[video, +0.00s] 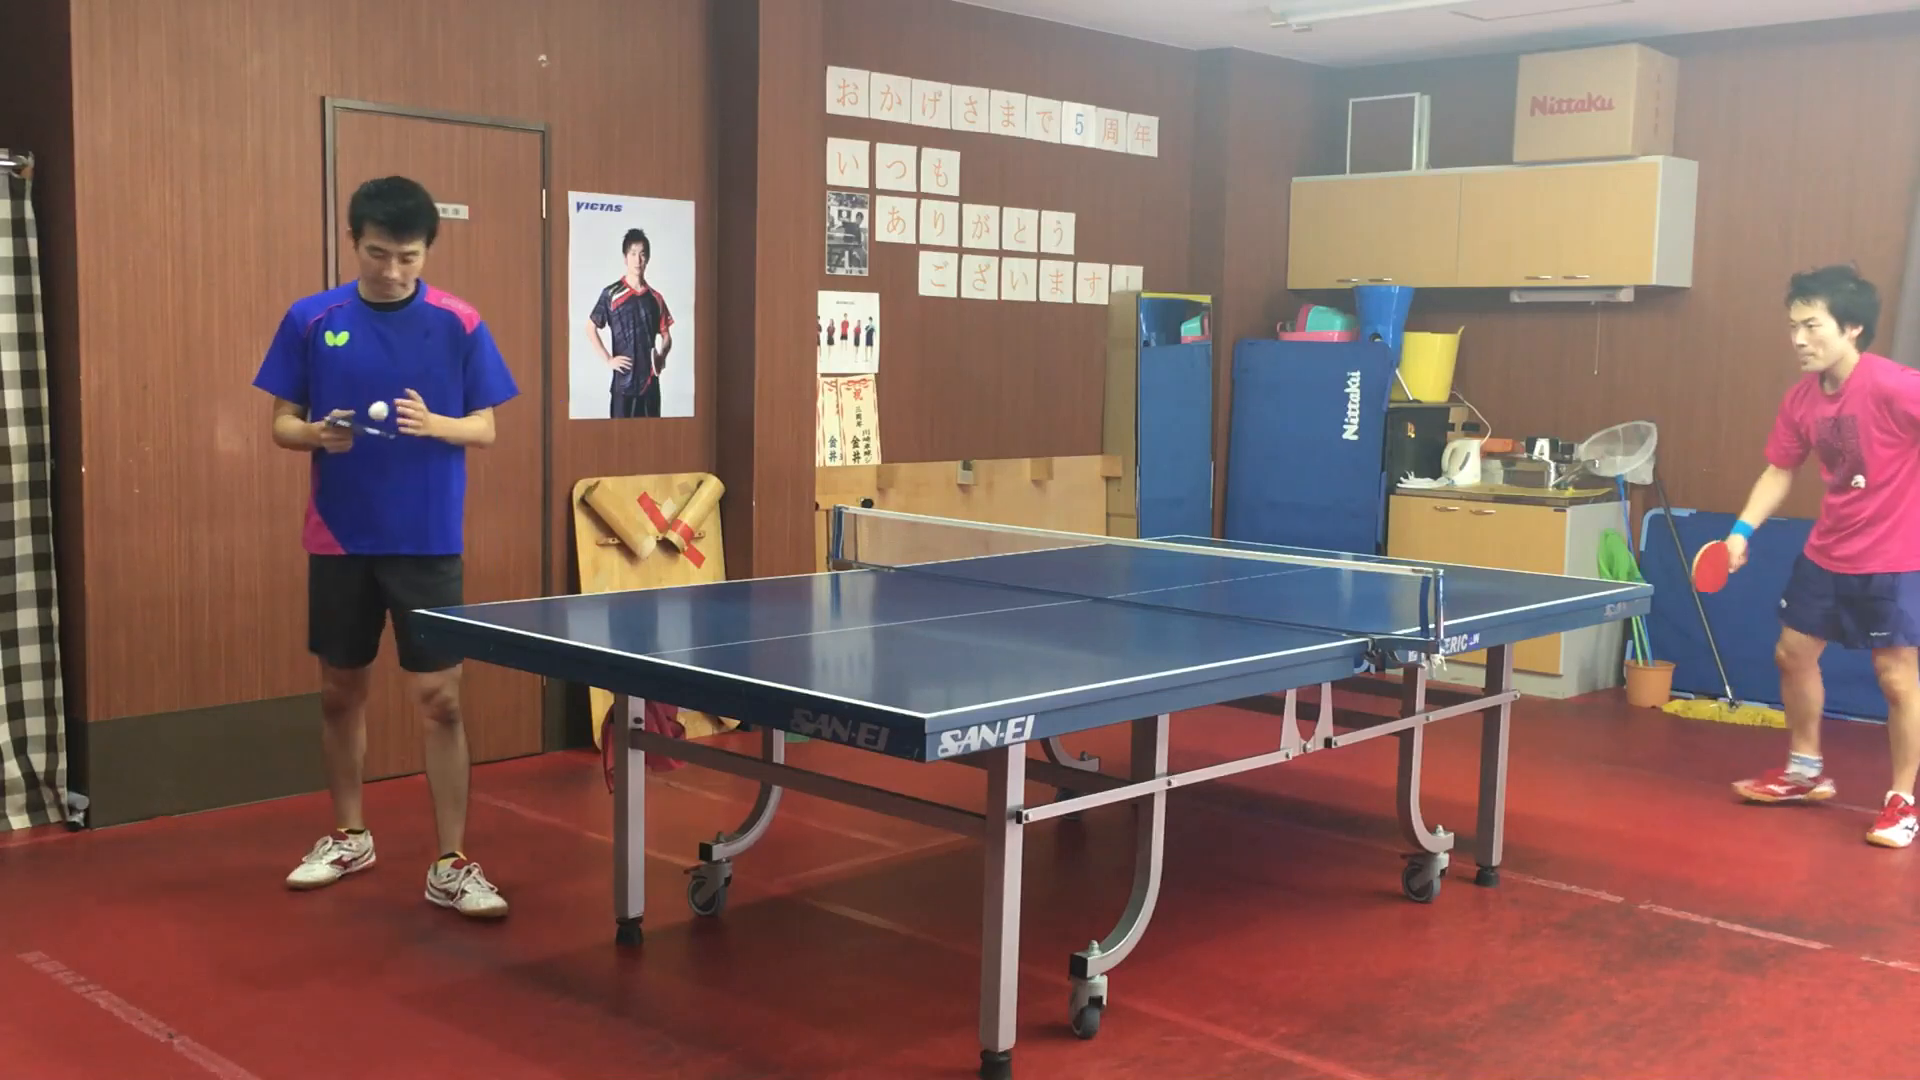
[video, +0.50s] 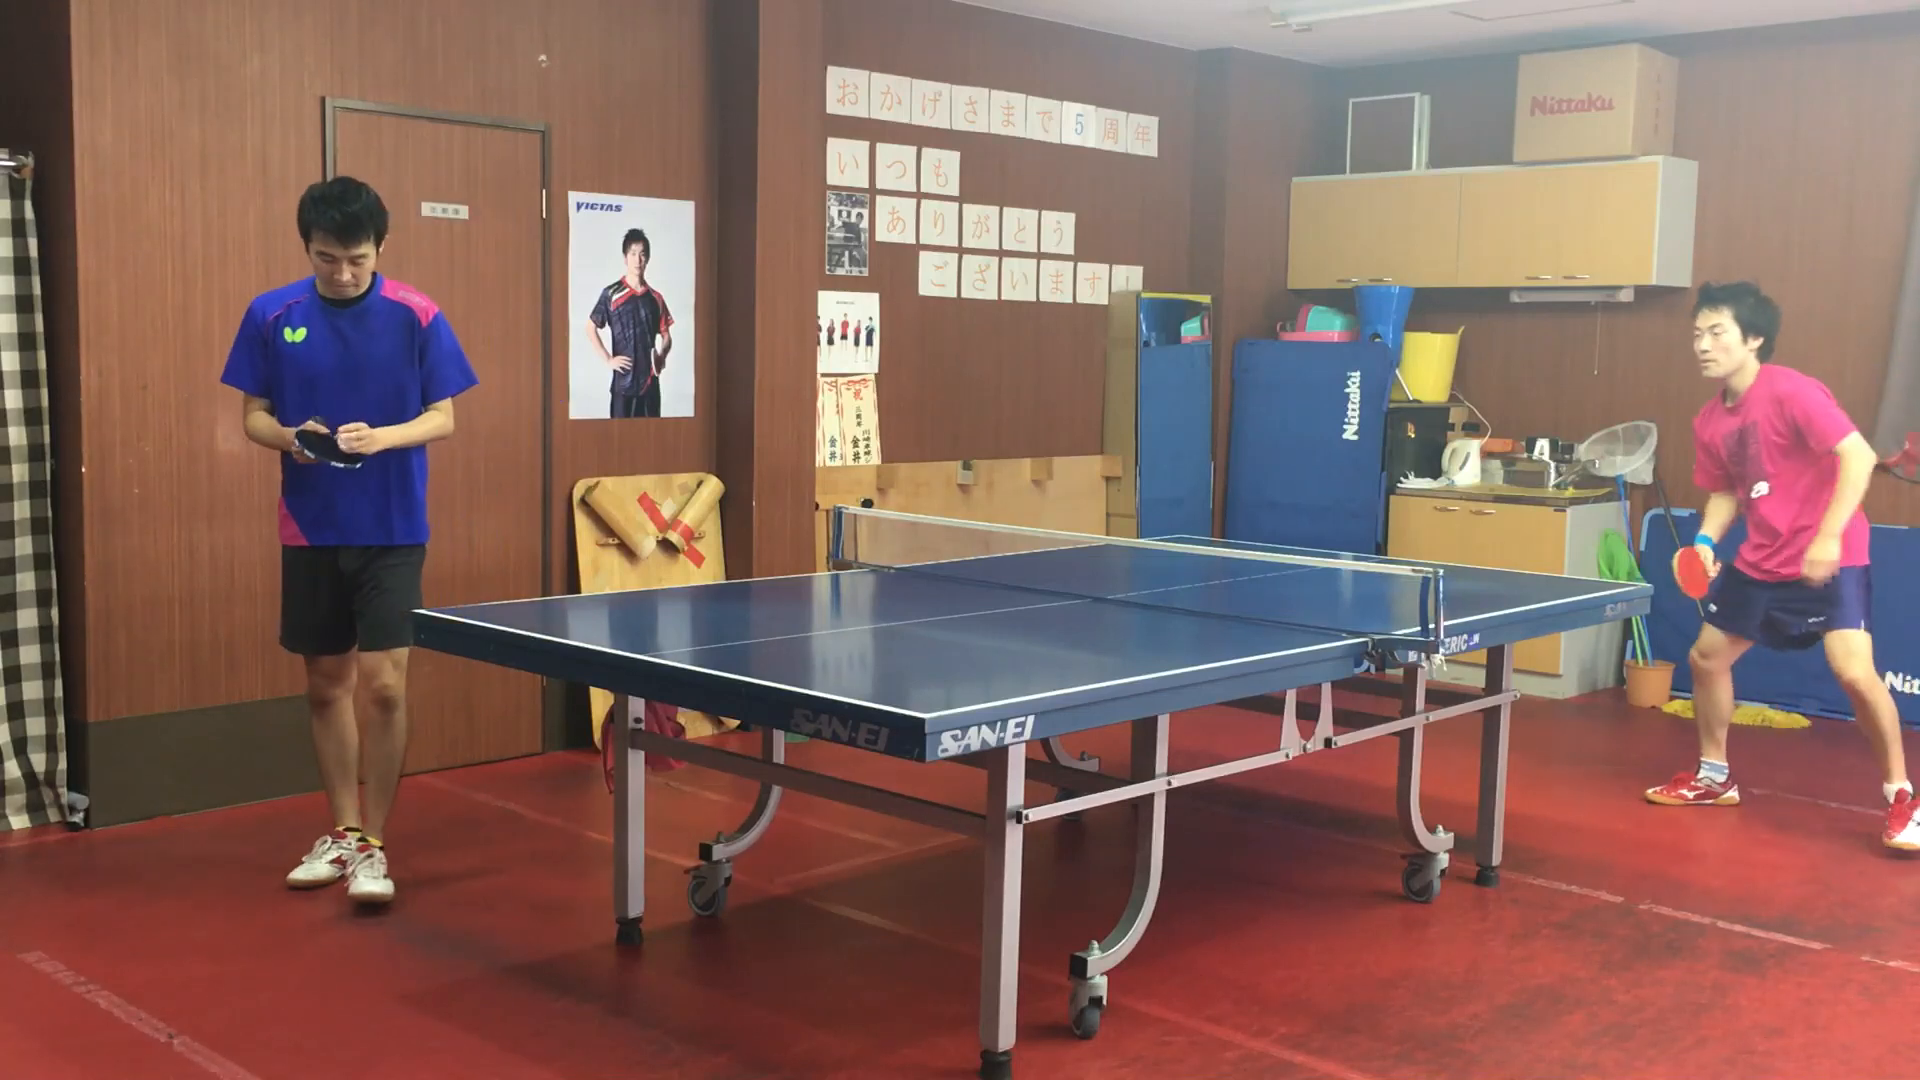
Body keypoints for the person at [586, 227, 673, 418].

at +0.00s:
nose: (638, 260)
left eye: (643, 254)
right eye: (633, 254)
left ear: (648, 258)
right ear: (625, 257)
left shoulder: (655, 298)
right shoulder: (611, 294)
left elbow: (666, 336)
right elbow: (591, 327)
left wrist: (662, 356)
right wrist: (608, 359)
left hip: (650, 379)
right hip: (624, 379)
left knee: (650, 436)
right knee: (622, 436)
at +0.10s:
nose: (638, 260)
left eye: (643, 254)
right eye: (633, 254)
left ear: (648, 258)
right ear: (625, 258)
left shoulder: (655, 297)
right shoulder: (611, 294)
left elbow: (666, 336)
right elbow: (591, 327)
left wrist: (662, 356)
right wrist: (608, 359)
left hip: (649, 377)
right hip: (624, 378)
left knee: (650, 435)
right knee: (622, 435)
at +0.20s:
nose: (638, 260)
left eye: (643, 254)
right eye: (633, 254)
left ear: (648, 258)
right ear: (625, 257)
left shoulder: (655, 297)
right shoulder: (611, 294)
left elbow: (666, 336)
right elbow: (591, 327)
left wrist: (662, 356)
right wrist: (608, 359)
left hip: (650, 378)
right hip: (624, 379)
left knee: (650, 436)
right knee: (622, 436)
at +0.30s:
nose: (638, 260)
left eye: (643, 254)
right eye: (633, 254)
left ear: (648, 258)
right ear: (625, 258)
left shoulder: (655, 297)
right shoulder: (611, 294)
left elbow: (666, 336)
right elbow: (591, 327)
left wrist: (662, 356)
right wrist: (608, 359)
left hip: (649, 378)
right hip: (624, 379)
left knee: (650, 436)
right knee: (622, 436)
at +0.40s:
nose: (638, 260)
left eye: (643, 254)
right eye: (633, 254)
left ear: (648, 258)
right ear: (625, 257)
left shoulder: (655, 297)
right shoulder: (611, 294)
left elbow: (666, 336)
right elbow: (591, 327)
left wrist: (662, 356)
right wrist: (608, 359)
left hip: (649, 378)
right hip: (624, 379)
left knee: (650, 436)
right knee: (622, 436)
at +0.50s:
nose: (638, 260)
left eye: (643, 254)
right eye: (633, 254)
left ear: (648, 258)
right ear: (625, 257)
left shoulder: (655, 297)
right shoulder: (611, 294)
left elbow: (666, 336)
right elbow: (591, 327)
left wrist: (662, 355)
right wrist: (608, 359)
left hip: (649, 378)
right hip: (624, 379)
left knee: (650, 436)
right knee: (622, 436)